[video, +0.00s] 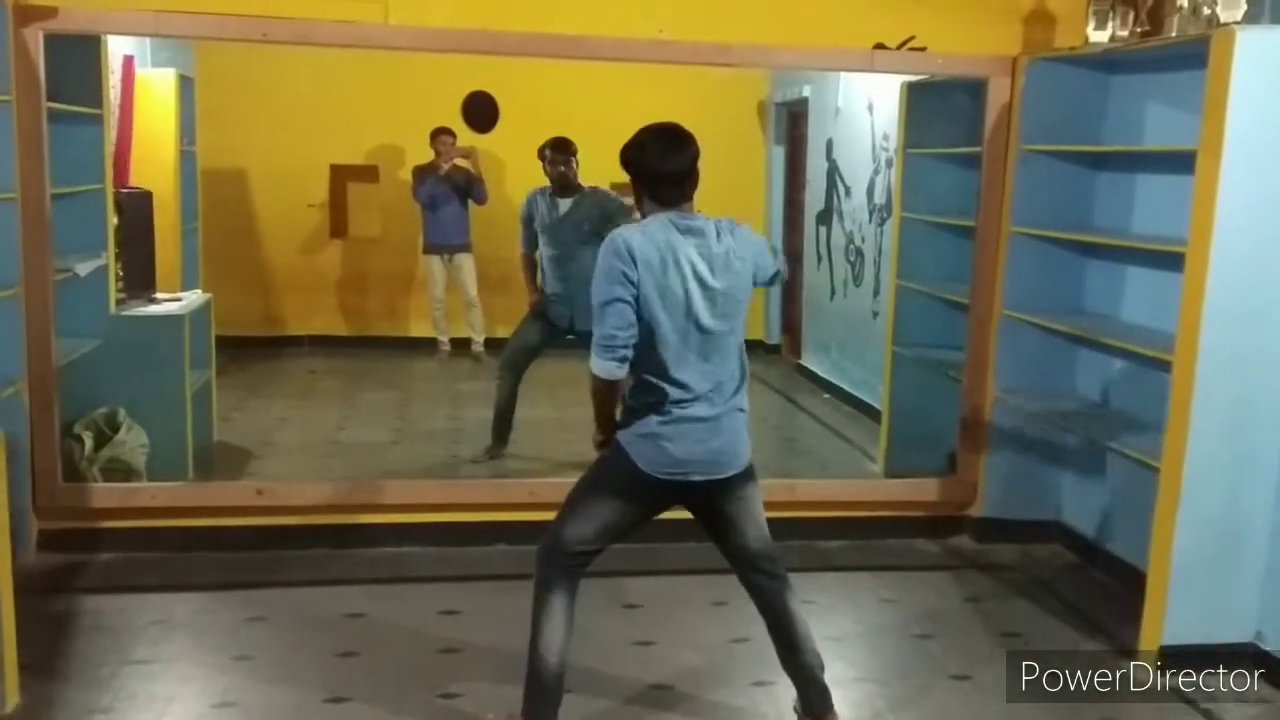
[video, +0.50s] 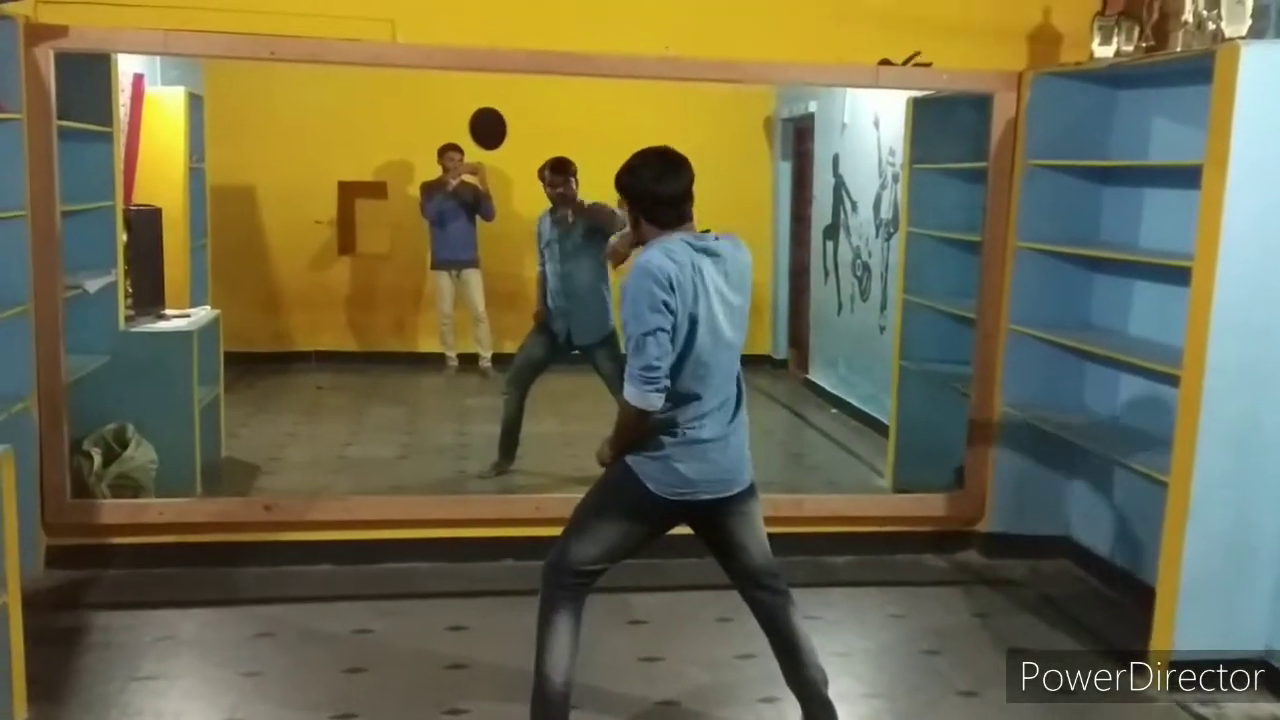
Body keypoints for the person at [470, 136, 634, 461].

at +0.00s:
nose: (562, 170)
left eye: (568, 163)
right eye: (555, 164)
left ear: (577, 164)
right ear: (543, 166)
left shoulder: (601, 202)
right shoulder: (535, 203)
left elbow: (639, 228)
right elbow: (528, 252)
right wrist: (533, 291)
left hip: (596, 311)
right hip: (553, 309)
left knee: (623, 372)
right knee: (509, 363)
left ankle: (621, 440)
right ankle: (498, 443)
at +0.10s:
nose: (561, 174)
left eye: (566, 167)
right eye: (553, 169)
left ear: (575, 169)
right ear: (542, 172)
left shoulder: (598, 207)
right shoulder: (535, 209)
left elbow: (630, 243)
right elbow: (531, 255)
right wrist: (535, 294)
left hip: (595, 314)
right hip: (552, 313)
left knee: (617, 379)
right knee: (511, 368)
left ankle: (617, 443)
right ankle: (499, 446)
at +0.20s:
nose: (562, 179)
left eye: (567, 172)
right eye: (554, 173)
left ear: (576, 172)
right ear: (543, 176)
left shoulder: (596, 213)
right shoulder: (536, 215)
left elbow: (621, 252)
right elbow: (533, 260)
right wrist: (537, 298)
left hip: (593, 317)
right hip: (552, 316)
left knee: (624, 381)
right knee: (511, 372)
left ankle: (626, 446)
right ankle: (500, 450)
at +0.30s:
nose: (558, 183)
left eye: (563, 176)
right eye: (551, 178)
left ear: (575, 176)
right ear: (542, 180)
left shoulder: (595, 216)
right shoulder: (538, 218)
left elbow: (609, 254)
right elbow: (536, 265)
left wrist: (613, 211)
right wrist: (538, 303)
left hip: (593, 319)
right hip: (552, 318)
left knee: (627, 384)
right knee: (513, 376)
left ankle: (635, 450)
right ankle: (502, 453)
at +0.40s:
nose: (549, 191)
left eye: (554, 184)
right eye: (544, 185)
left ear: (569, 181)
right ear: (540, 186)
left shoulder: (589, 215)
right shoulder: (542, 221)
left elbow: (617, 233)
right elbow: (542, 267)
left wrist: (591, 197)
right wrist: (540, 304)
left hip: (592, 323)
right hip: (553, 322)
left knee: (626, 394)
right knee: (513, 380)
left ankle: (647, 452)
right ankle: (503, 457)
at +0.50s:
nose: (560, 191)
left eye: (565, 183)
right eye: (553, 186)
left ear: (576, 183)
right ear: (544, 188)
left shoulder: (594, 216)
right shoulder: (545, 224)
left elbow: (619, 223)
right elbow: (543, 269)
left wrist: (580, 207)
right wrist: (541, 306)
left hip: (595, 326)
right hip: (555, 326)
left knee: (628, 397)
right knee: (515, 381)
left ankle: (649, 456)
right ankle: (505, 459)